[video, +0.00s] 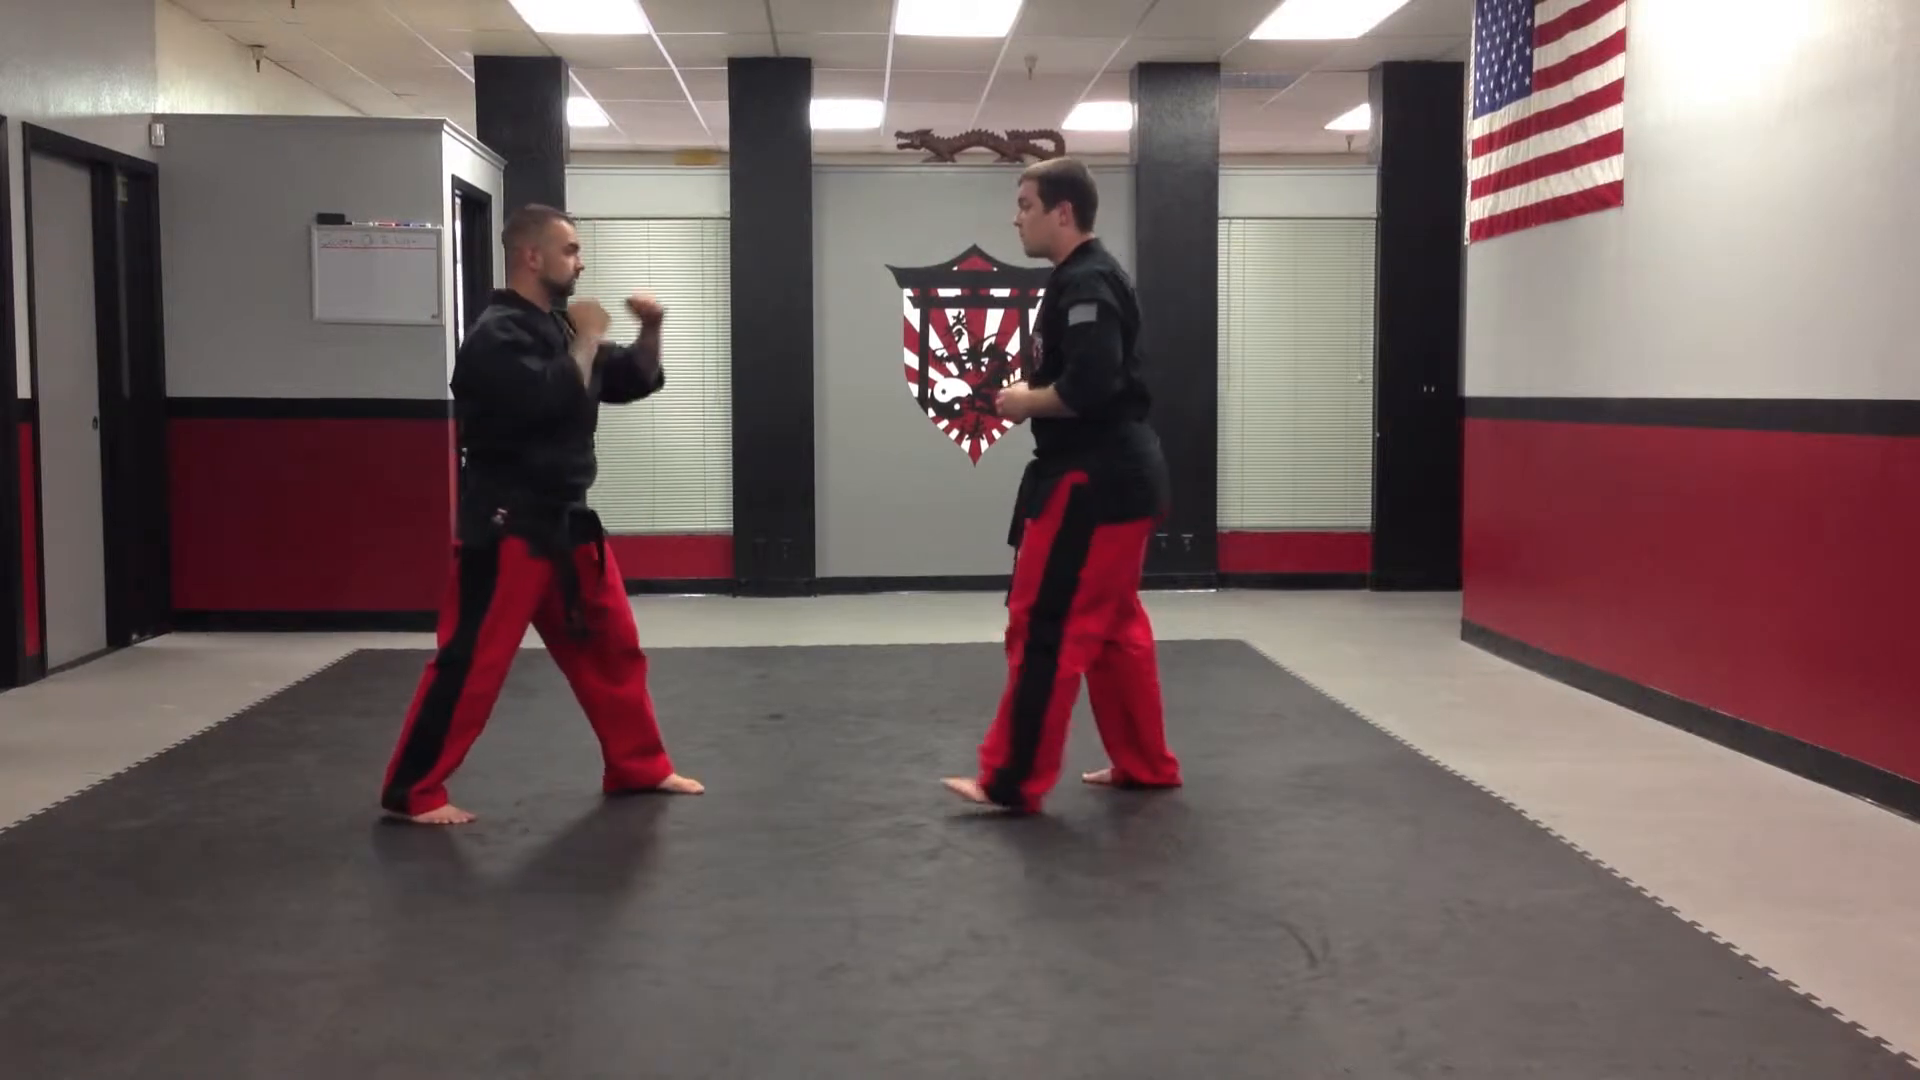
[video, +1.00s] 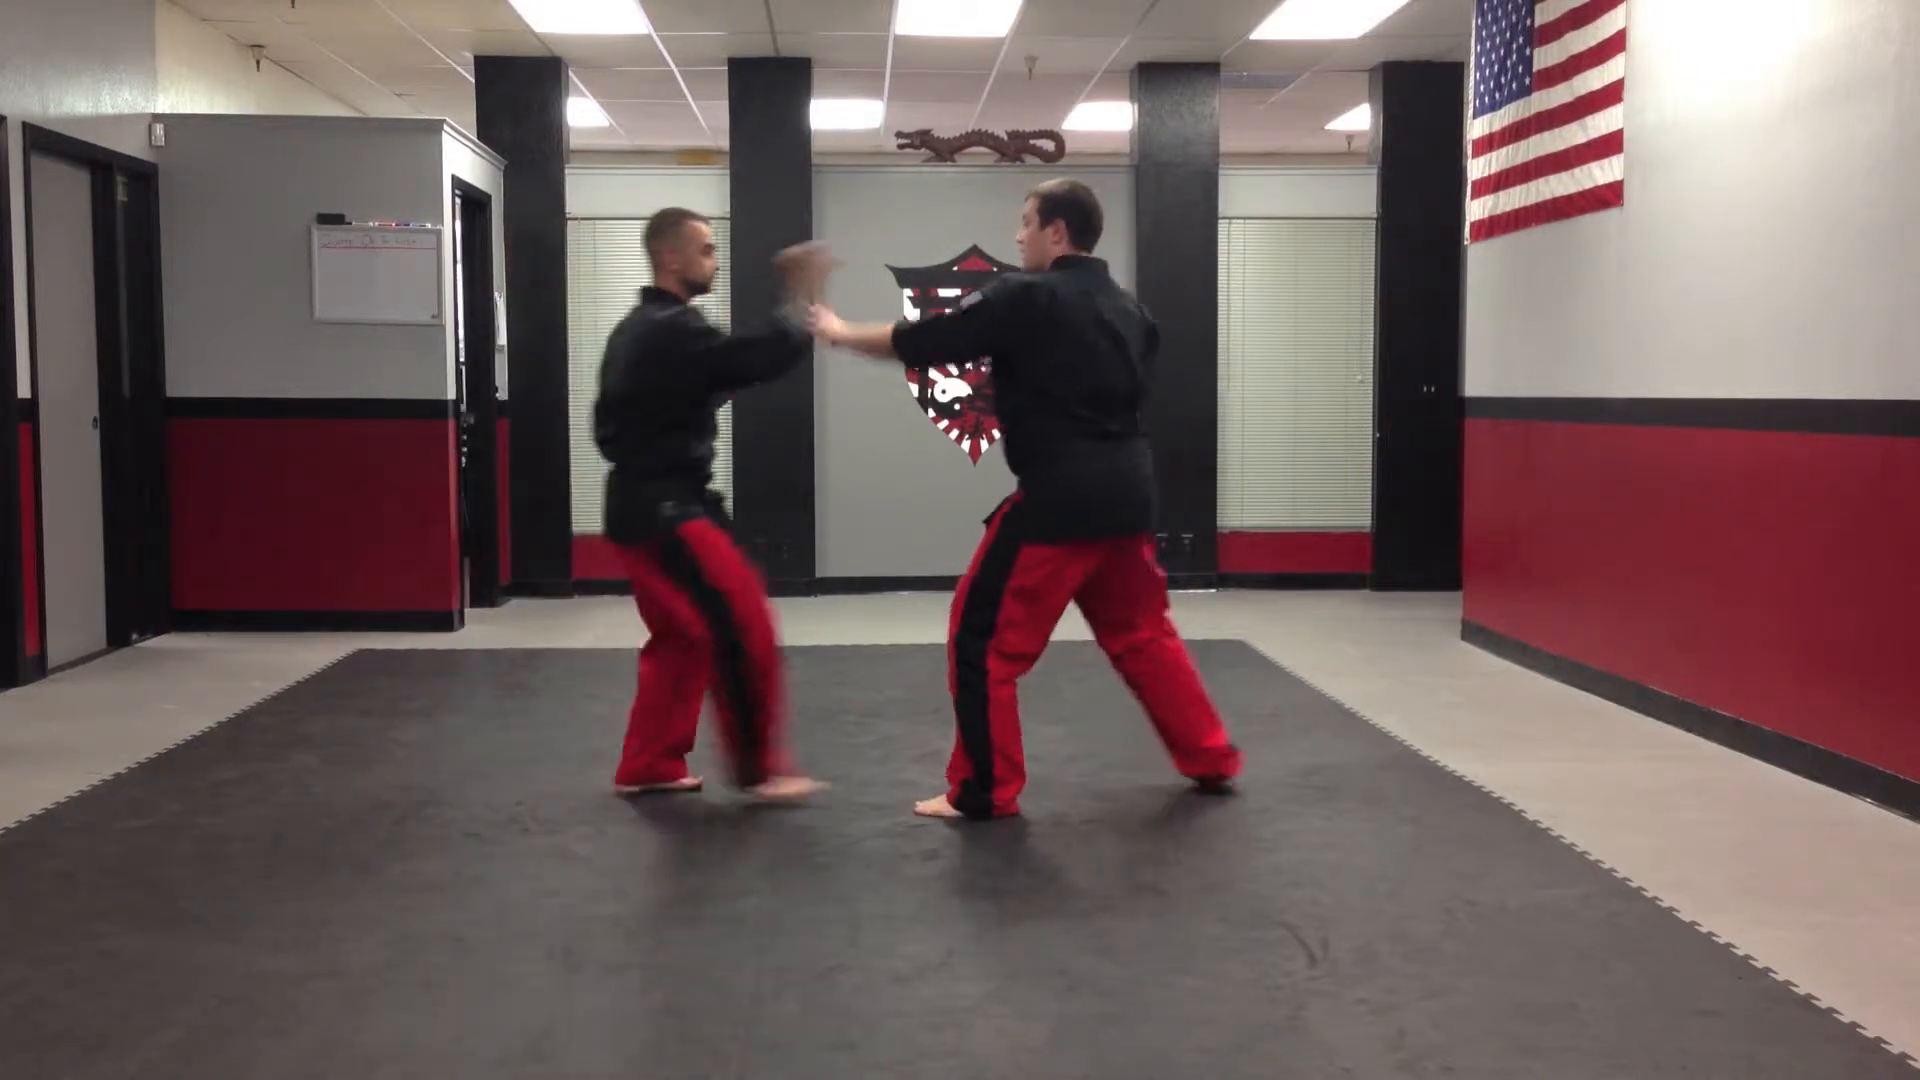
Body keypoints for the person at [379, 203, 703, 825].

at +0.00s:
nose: (579, 262)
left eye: (578, 251)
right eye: (568, 251)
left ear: (540, 257)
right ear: (529, 255)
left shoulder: (558, 330)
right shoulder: (493, 335)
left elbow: (630, 381)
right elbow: (547, 397)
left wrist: (649, 332)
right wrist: (586, 343)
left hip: (567, 518)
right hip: (504, 523)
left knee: (610, 647)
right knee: (472, 663)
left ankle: (637, 768)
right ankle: (411, 792)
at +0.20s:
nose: (581, 263)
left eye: (580, 251)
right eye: (571, 251)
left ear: (540, 258)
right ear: (531, 256)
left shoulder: (557, 330)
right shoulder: (493, 332)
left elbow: (637, 373)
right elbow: (550, 397)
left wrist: (682, 333)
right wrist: (581, 335)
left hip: (561, 519)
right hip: (499, 523)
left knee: (606, 646)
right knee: (463, 662)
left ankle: (637, 768)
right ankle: (410, 792)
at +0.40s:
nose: (594, 263)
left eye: (593, 252)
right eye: (584, 252)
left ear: (549, 259)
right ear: (544, 256)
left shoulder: (573, 334)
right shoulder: (502, 334)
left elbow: (653, 379)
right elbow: (560, 397)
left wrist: (695, 339)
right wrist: (592, 339)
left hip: (572, 520)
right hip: (505, 525)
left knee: (628, 644)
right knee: (467, 662)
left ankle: (639, 772)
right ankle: (412, 793)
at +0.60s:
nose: (616, 268)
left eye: (615, 257)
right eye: (606, 256)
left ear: (572, 265)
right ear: (565, 262)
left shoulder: (592, 335)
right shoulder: (529, 339)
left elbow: (672, 381)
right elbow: (585, 401)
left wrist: (716, 342)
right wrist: (613, 341)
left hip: (592, 520)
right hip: (527, 525)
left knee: (649, 641)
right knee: (487, 662)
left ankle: (645, 770)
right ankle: (415, 788)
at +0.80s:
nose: (656, 263)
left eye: (655, 252)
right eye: (646, 253)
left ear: (619, 259)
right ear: (609, 258)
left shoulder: (636, 331)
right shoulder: (582, 336)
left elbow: (692, 390)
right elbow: (643, 399)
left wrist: (736, 353)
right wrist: (667, 336)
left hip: (644, 511)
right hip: (592, 518)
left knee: (673, 641)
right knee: (615, 641)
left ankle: (646, 769)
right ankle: (506, 761)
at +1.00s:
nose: (715, 261)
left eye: (713, 249)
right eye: (704, 250)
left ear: (665, 260)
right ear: (667, 257)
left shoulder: (633, 330)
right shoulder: (675, 331)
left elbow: (611, 430)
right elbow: (751, 362)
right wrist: (798, 315)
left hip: (636, 511)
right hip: (672, 510)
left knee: (679, 636)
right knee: (743, 619)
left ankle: (649, 765)